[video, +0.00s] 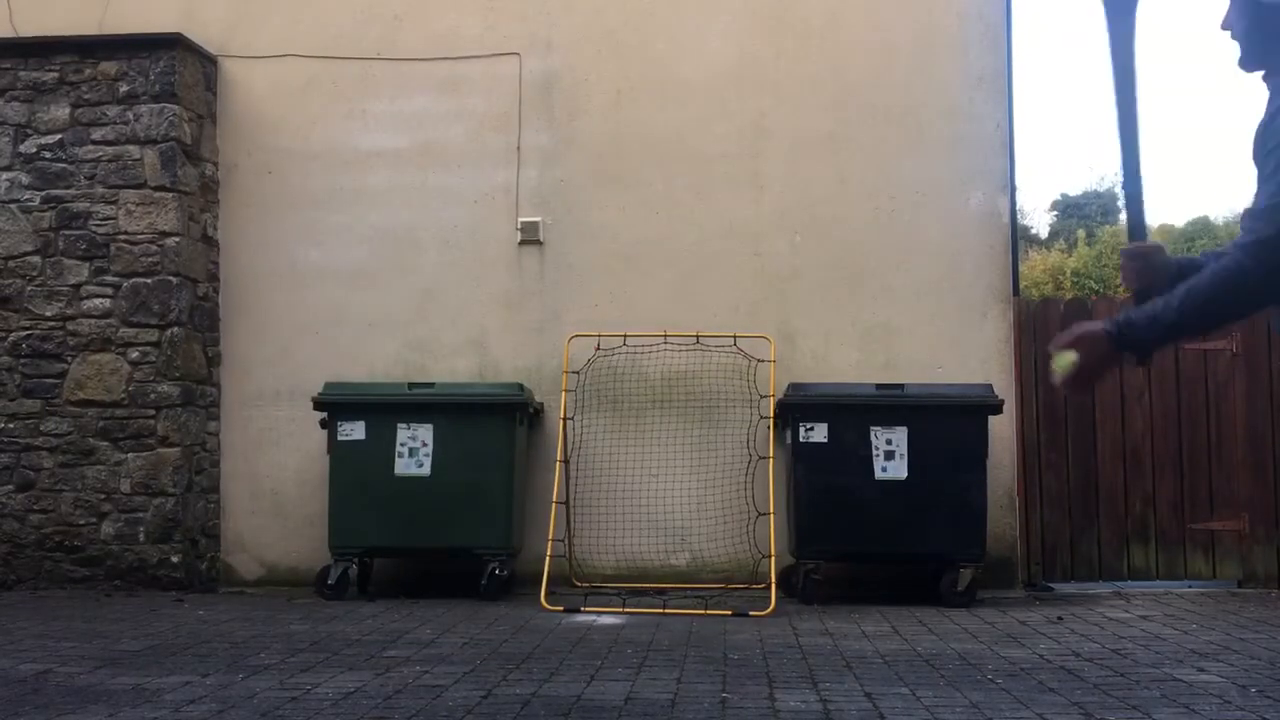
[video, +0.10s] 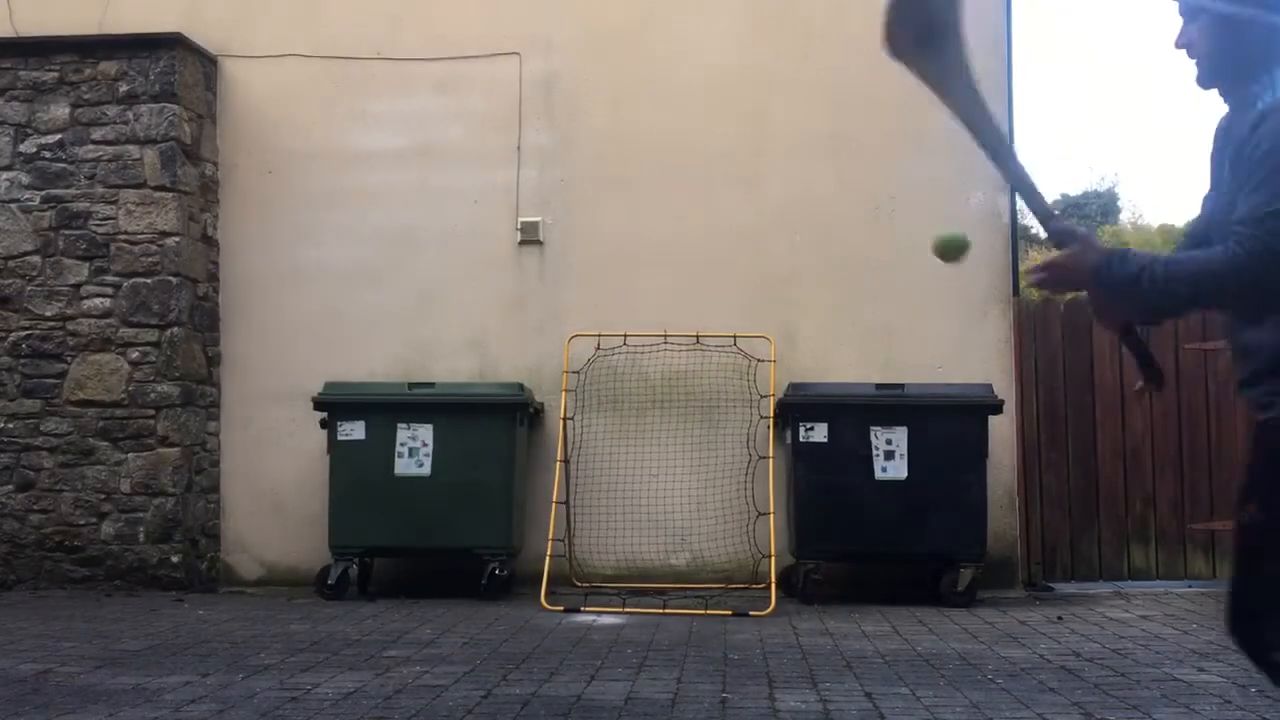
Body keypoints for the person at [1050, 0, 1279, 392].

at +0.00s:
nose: (1226, 23)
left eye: (1237, 4)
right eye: (1232, 6)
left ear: (1271, 10)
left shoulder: (1273, 118)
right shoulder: (1271, 117)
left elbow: (1264, 257)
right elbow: (1260, 246)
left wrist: (1121, 334)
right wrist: (1174, 272)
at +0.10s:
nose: (1179, 40)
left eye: (1193, 18)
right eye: (1182, 20)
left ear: (1240, 22)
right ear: (1231, 28)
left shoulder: (1268, 120)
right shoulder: (1242, 125)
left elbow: (1256, 259)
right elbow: (1209, 247)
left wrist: (1111, 270)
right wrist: (1115, 275)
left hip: (1279, 412)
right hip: (1269, 409)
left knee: (1260, 621)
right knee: (1256, 619)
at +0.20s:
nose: (1151, 55)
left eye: (1163, 34)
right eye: (1154, 36)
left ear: (1210, 38)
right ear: (1209, 43)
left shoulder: (1264, 128)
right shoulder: (1203, 142)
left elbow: (1257, 258)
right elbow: (1182, 251)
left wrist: (1116, 248)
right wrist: (1108, 259)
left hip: (1275, 411)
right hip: (1253, 408)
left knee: (1201, 606)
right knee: (1232, 605)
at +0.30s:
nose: (1074, 73)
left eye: (1083, 52)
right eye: (1073, 54)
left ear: (1131, 50)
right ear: (1140, 53)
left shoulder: (1219, 129)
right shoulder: (1137, 144)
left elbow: (1181, 253)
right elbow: (1075, 256)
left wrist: (1060, 191)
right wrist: (1027, 233)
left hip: (1253, 415)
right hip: (1215, 415)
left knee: (1122, 592)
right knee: (1268, 608)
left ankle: (1150, 716)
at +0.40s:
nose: (1036, 78)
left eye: (1048, 60)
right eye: (1035, 61)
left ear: (1096, 55)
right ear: (1101, 59)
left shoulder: (1159, 133)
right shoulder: (1104, 141)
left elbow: (1111, 277)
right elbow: (1038, 239)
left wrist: (1005, 220)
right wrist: (960, 234)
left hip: (1212, 407)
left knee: (1103, 599)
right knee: (1266, 601)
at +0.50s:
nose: (959, 89)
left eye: (966, 71)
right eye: (958, 71)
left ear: (1006, 69)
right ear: (1036, 64)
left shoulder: (1038, 163)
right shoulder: (1097, 119)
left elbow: (1008, 314)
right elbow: (991, 241)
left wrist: (901, 343)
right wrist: (899, 316)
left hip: (1114, 420)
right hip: (1190, 406)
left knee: (1040, 614)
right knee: (1148, 589)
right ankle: (1268, 703)